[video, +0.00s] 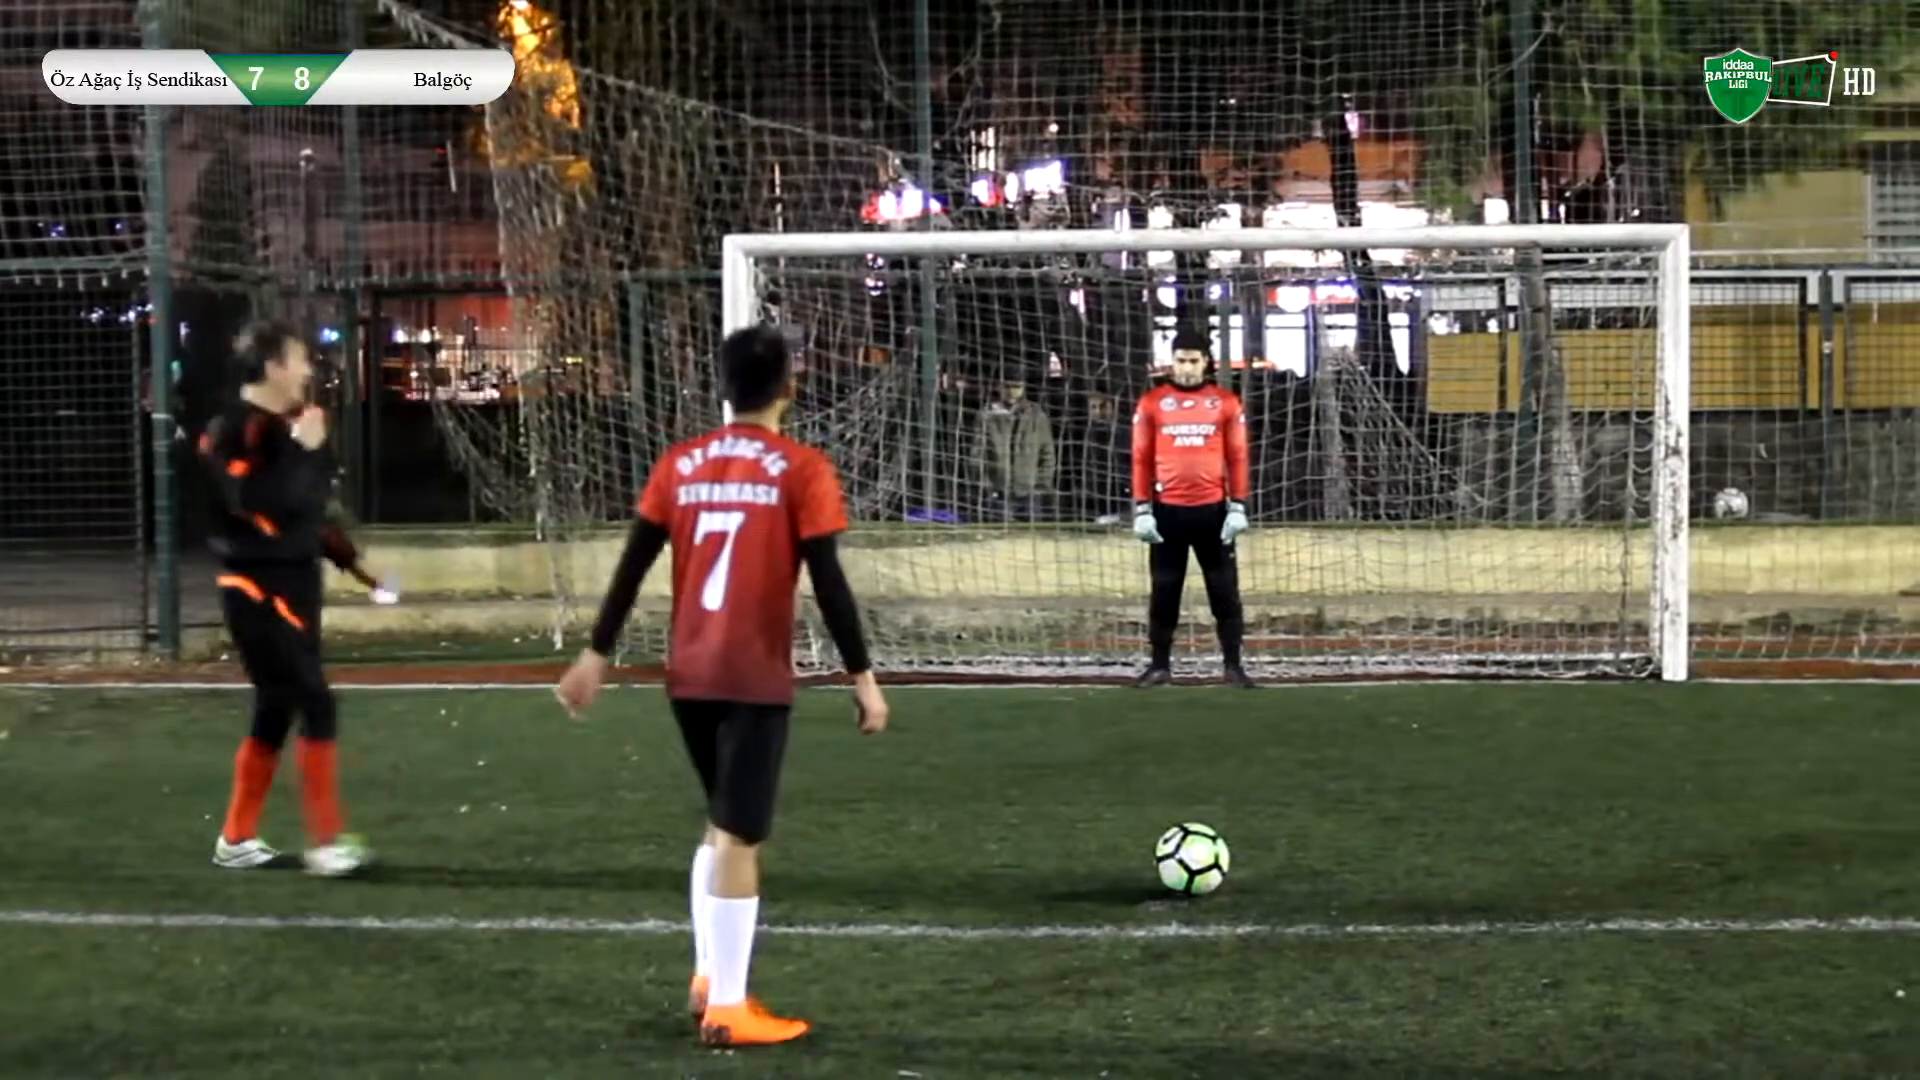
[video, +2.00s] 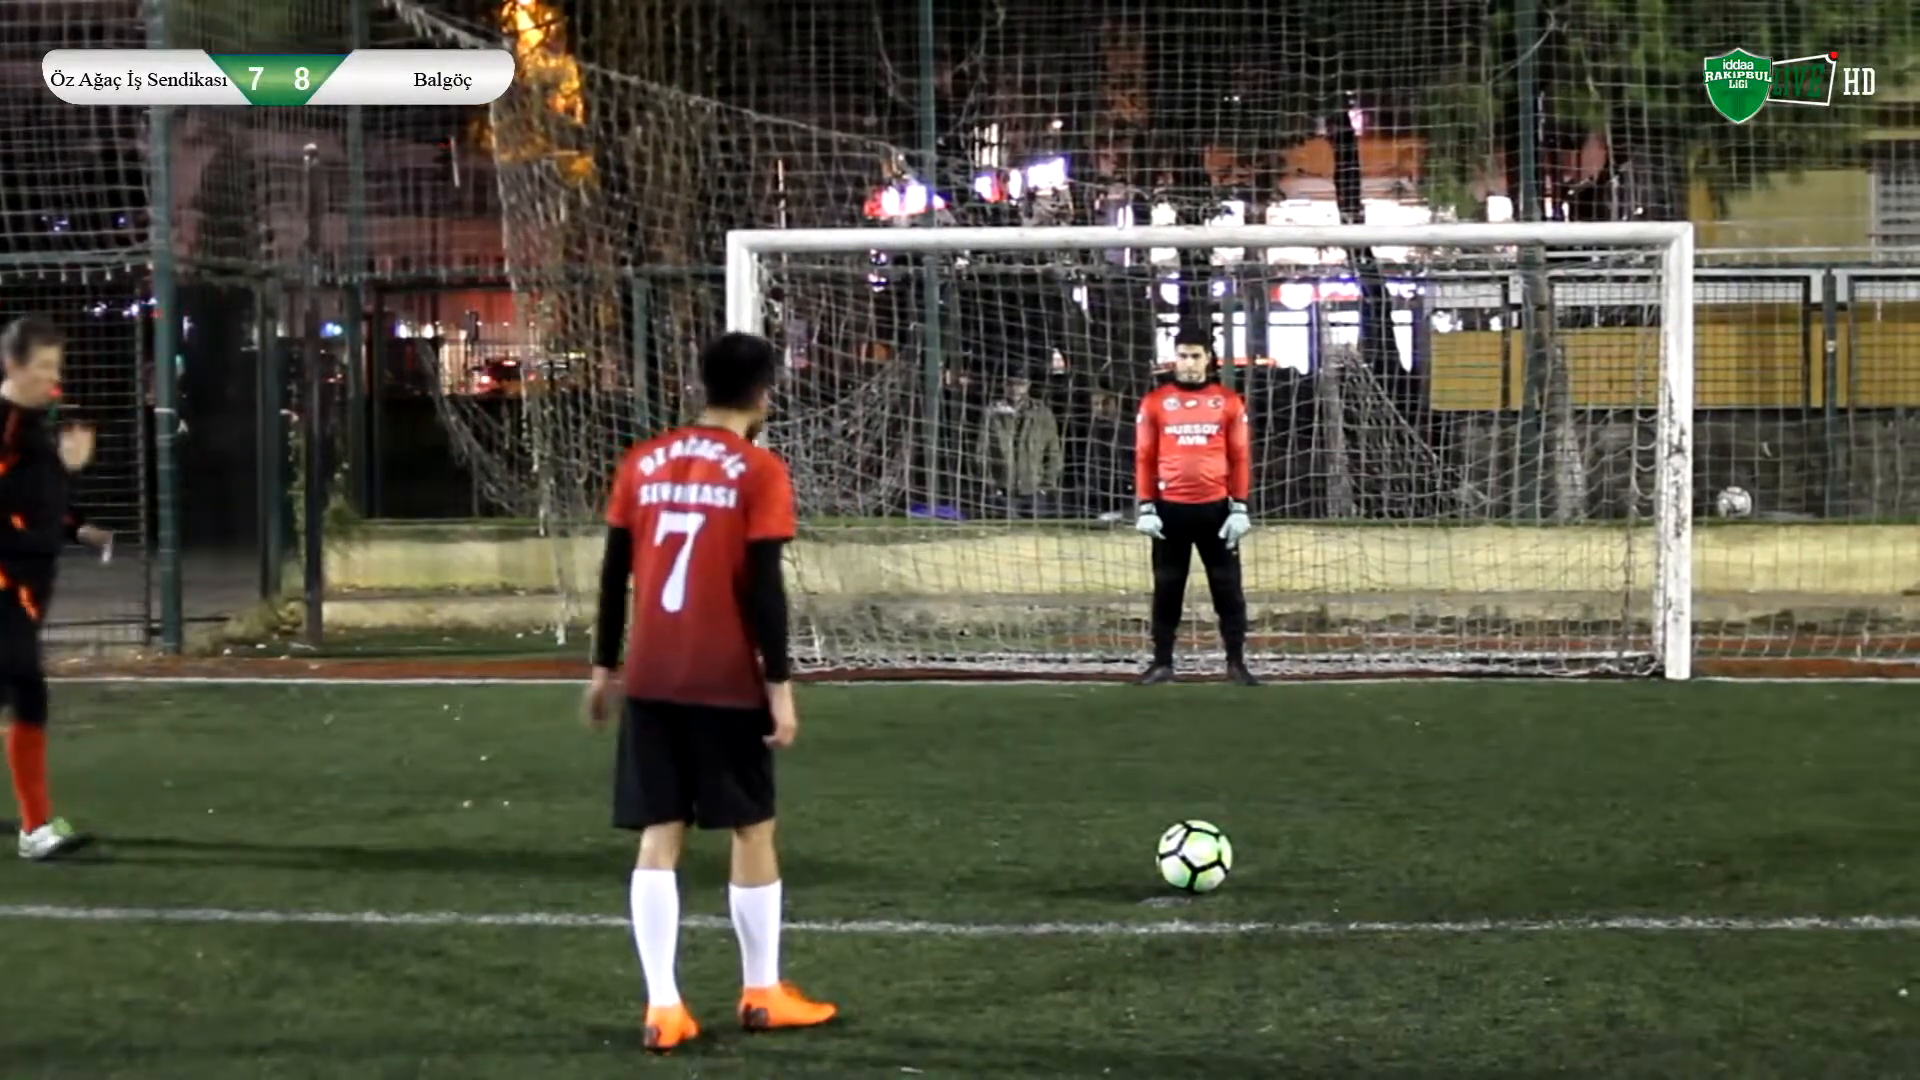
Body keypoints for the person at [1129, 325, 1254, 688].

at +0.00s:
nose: (1187, 368)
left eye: (1194, 360)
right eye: (1180, 360)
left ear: (1206, 363)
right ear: (1171, 364)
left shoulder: (1226, 402)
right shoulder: (1151, 403)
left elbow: (1238, 456)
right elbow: (1141, 458)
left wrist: (1238, 504)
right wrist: (1142, 507)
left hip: (1213, 509)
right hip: (1167, 510)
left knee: (1225, 592)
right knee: (1164, 592)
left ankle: (1233, 664)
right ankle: (1159, 664)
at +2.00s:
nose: (1188, 363)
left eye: (1195, 356)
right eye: (1182, 356)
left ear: (1209, 359)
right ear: (1174, 359)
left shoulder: (1229, 402)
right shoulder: (1154, 402)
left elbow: (1240, 456)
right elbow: (1144, 456)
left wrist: (1239, 505)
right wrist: (1146, 505)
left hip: (1216, 507)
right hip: (1169, 508)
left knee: (1228, 589)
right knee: (1166, 590)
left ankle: (1236, 662)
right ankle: (1162, 661)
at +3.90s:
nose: (1216, 378)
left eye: (1223, 371)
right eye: (1209, 370)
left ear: (1234, 375)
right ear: (1199, 373)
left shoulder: (1252, 418)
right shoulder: (1177, 413)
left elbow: (1271, 468)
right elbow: (1157, 460)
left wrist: (1286, 504)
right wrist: (1141, 495)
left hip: (1235, 523)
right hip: (1188, 521)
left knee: (1249, 596)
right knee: (1164, 592)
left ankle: (1256, 665)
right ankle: (1159, 661)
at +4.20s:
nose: (1205, 433)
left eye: (1212, 425)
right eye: (1198, 425)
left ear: (1225, 427)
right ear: (1189, 428)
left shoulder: (1250, 458)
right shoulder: (1179, 461)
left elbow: (1279, 500)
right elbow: (1148, 496)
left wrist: (1309, 540)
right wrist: (1112, 524)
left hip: (1246, 546)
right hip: (1199, 546)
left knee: (1270, 593)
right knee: (1160, 602)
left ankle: (1235, 657)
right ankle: (1114, 674)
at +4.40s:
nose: (1217, 488)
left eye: (1224, 479)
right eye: (1210, 480)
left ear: (1237, 482)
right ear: (1199, 484)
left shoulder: (1255, 512)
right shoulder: (1188, 512)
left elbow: (1283, 539)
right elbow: (1157, 543)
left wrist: (1300, 564)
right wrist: (1123, 566)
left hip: (1247, 585)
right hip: (1201, 581)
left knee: (1278, 608)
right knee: (1154, 620)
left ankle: (1248, 680)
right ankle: (1104, 681)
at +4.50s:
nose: (1235, 495)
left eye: (1245, 488)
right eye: (1229, 486)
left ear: (1259, 495)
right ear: (1219, 489)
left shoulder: (1270, 524)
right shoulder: (1203, 520)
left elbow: (1296, 555)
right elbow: (1179, 548)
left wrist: (1313, 576)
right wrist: (1149, 564)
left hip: (1254, 601)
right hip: (1209, 595)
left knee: (1283, 631)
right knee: (1155, 627)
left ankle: (1240, 692)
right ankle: (1098, 687)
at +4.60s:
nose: (1282, 498)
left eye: (1291, 491)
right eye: (1275, 490)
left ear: (1303, 497)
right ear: (1262, 493)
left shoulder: (1314, 530)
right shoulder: (1242, 525)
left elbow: (1333, 585)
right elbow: (1199, 562)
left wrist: (1340, 568)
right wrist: (1222, 564)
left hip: (1272, 616)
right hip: (1229, 608)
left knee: (1300, 639)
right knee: (1180, 642)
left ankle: (1238, 694)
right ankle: (1112, 674)